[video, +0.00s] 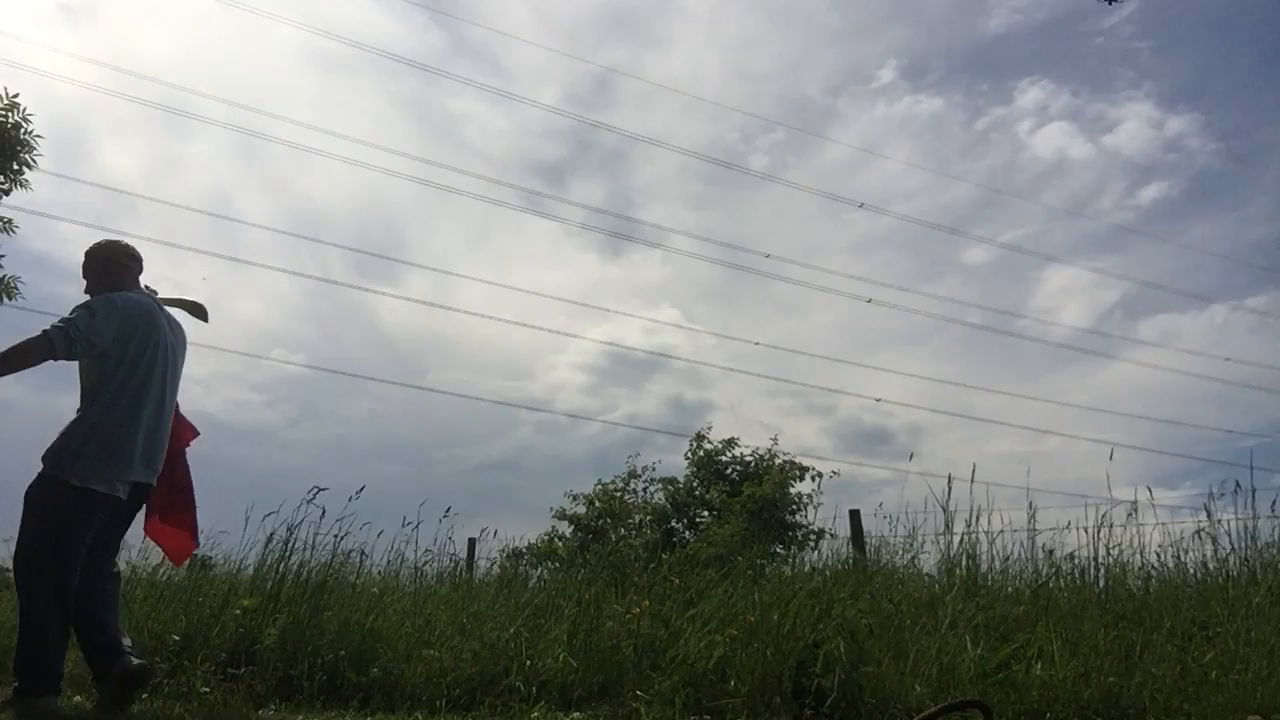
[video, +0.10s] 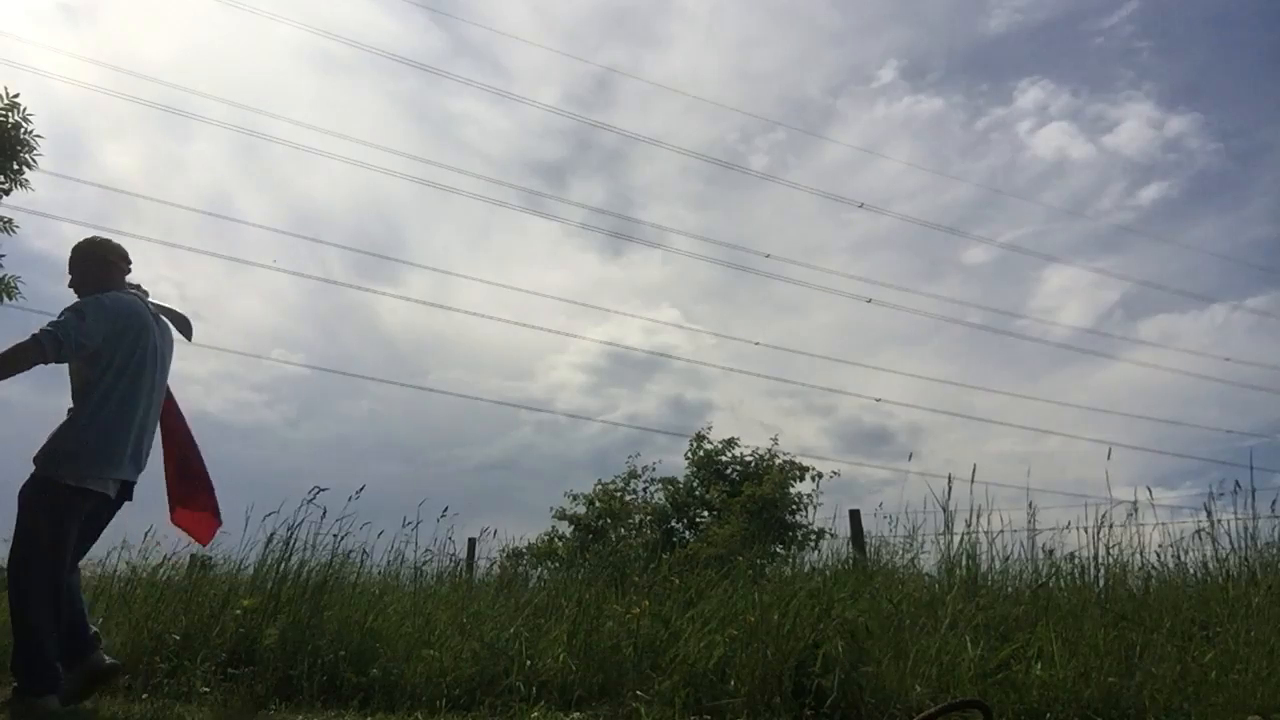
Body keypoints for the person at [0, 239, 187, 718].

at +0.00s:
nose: (85, 287)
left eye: (87, 278)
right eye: (86, 279)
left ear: (100, 273)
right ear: (139, 274)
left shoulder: (109, 309)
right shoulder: (175, 328)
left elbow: (45, 345)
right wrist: (157, 299)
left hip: (87, 461)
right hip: (139, 472)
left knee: (39, 564)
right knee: (95, 566)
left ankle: (37, 689)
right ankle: (116, 665)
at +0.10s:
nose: (72, 283)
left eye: (74, 274)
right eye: (72, 275)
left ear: (91, 271)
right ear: (122, 271)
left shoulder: (98, 309)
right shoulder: (159, 325)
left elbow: (34, 351)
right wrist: (148, 301)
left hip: (74, 465)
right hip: (120, 476)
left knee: (28, 568)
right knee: (57, 562)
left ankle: (37, 691)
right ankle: (85, 658)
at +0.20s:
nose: (62, 278)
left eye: (66, 269)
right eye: (62, 270)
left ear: (90, 267)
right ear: (112, 269)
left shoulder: (94, 307)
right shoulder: (147, 321)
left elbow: (33, 357)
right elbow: (152, 389)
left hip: (71, 459)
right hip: (108, 469)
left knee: (24, 555)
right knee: (44, 558)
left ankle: (38, 688)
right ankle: (41, 683)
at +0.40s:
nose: (54, 275)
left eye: (62, 267)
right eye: (53, 267)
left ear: (93, 269)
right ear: (98, 275)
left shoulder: (99, 312)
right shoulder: (121, 320)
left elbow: (66, 361)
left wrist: (14, 396)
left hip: (55, 472)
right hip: (75, 473)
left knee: (28, 576)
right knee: (46, 579)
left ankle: (32, 686)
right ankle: (39, 686)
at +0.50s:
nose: (49, 277)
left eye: (57, 268)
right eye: (49, 269)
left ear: (86, 271)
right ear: (85, 274)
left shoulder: (102, 316)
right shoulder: (90, 322)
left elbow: (78, 371)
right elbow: (48, 363)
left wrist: (59, 398)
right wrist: (47, 302)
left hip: (53, 472)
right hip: (48, 472)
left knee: (32, 574)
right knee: (29, 574)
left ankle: (36, 684)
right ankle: (32, 680)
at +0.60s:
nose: (54, 274)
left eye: (62, 264)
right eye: (51, 265)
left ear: (86, 270)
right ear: (55, 275)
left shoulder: (103, 317)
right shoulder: (63, 329)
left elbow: (113, 359)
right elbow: (24, 357)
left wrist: (108, 397)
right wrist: (34, 296)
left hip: (60, 467)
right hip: (27, 463)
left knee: (25, 572)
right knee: (16, 571)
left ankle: (30, 684)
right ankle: (26, 680)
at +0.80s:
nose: (46, 269)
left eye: (58, 261)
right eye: (45, 262)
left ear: (85, 268)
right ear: (47, 271)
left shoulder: (99, 313)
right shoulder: (48, 331)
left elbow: (139, 364)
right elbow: (9, 349)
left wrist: (177, 415)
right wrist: (17, 293)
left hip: (58, 464)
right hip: (27, 462)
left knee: (25, 564)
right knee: (20, 568)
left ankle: (66, 671)